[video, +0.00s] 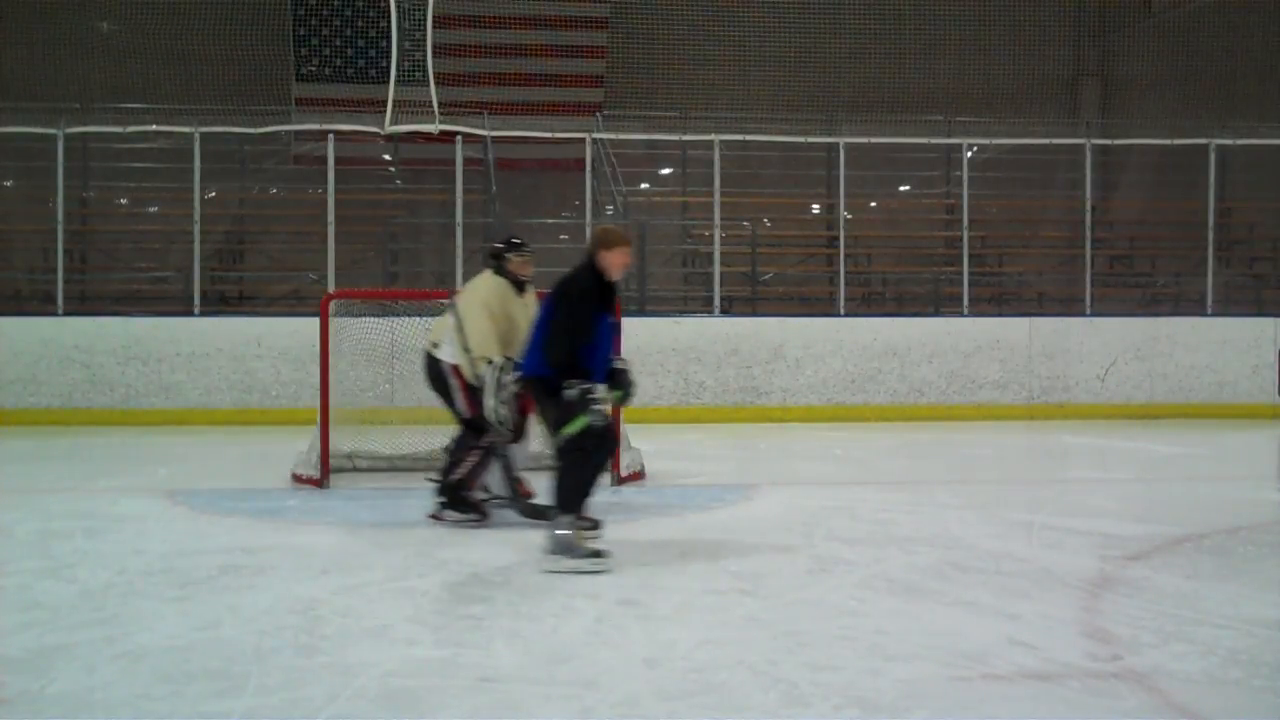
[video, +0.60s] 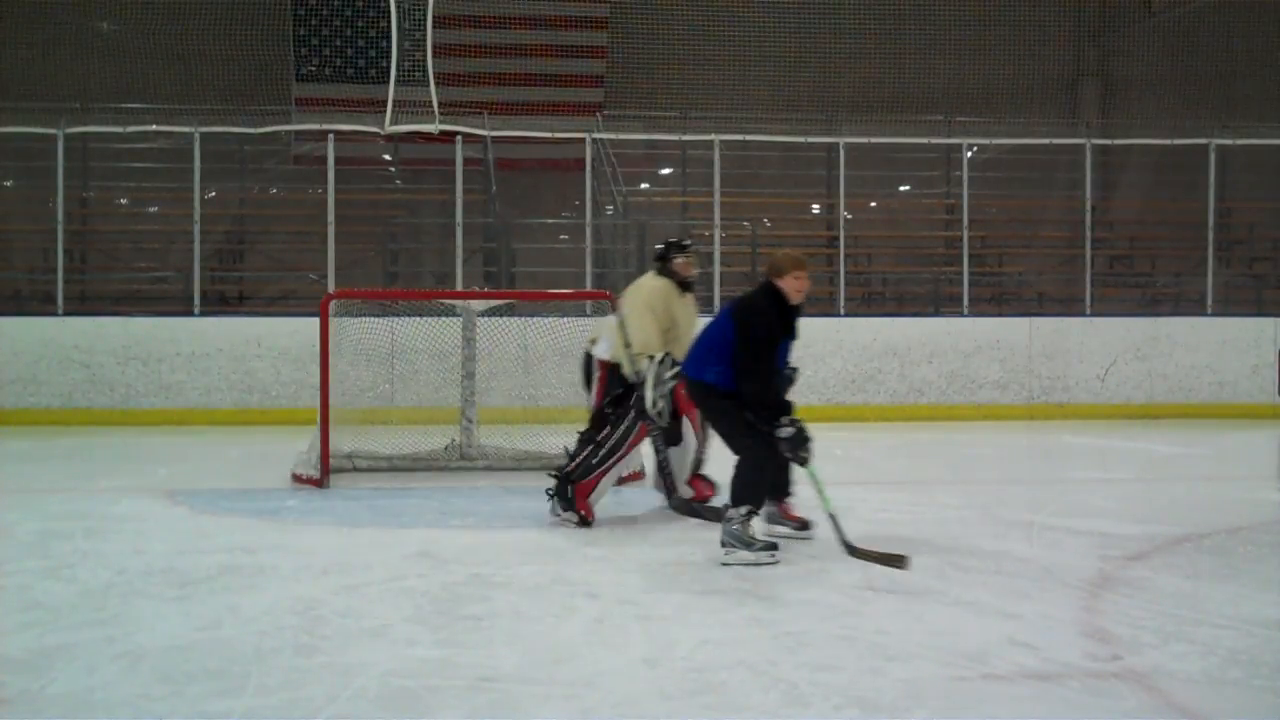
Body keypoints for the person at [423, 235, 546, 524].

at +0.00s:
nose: (527, 266)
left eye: (529, 260)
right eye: (519, 260)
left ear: (531, 263)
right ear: (502, 262)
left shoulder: (526, 295)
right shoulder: (482, 290)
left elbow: (531, 343)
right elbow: (484, 347)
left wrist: (528, 383)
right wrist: (498, 390)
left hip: (485, 365)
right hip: (448, 358)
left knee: (500, 424)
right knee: (479, 426)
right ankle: (453, 492)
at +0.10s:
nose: (556, 269)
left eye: (557, 263)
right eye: (549, 263)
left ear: (554, 267)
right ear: (531, 265)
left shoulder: (551, 298)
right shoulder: (512, 291)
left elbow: (556, 345)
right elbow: (510, 343)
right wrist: (529, 381)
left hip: (508, 367)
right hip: (476, 362)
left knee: (524, 427)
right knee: (511, 427)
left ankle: (494, 487)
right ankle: (486, 490)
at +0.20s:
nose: (579, 271)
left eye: (581, 265)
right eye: (572, 265)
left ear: (583, 268)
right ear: (555, 268)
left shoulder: (579, 303)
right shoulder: (539, 294)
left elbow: (584, 350)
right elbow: (537, 348)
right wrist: (553, 390)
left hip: (534, 371)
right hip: (502, 363)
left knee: (551, 428)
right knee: (539, 428)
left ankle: (517, 487)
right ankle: (513, 491)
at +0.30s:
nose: (606, 274)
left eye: (608, 267)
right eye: (599, 268)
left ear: (611, 271)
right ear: (582, 271)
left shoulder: (603, 304)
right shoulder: (567, 296)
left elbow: (607, 349)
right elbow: (567, 353)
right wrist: (581, 397)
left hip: (557, 370)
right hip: (529, 365)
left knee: (571, 428)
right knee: (564, 430)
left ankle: (538, 486)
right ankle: (537, 493)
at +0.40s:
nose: (634, 275)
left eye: (637, 268)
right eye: (627, 269)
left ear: (639, 271)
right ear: (610, 272)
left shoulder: (629, 305)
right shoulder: (594, 297)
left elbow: (633, 352)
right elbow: (592, 353)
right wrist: (609, 392)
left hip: (585, 373)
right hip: (555, 367)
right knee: (587, 432)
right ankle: (554, 492)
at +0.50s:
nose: (663, 270)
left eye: (665, 264)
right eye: (655, 265)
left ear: (666, 268)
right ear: (639, 269)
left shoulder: (657, 302)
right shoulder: (623, 292)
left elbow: (657, 348)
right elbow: (617, 339)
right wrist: (631, 379)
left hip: (615, 371)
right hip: (582, 363)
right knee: (593, 433)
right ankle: (560, 494)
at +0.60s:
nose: (689, 267)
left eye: (691, 261)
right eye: (682, 261)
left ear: (691, 265)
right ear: (667, 264)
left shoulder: (683, 295)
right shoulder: (649, 289)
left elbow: (683, 343)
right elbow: (644, 338)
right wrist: (653, 377)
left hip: (658, 370)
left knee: (684, 426)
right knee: (611, 435)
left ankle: (682, 486)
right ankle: (571, 489)